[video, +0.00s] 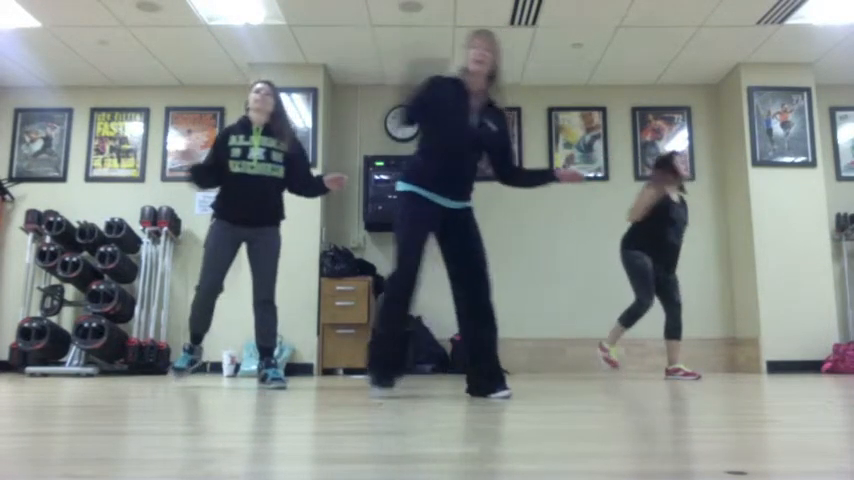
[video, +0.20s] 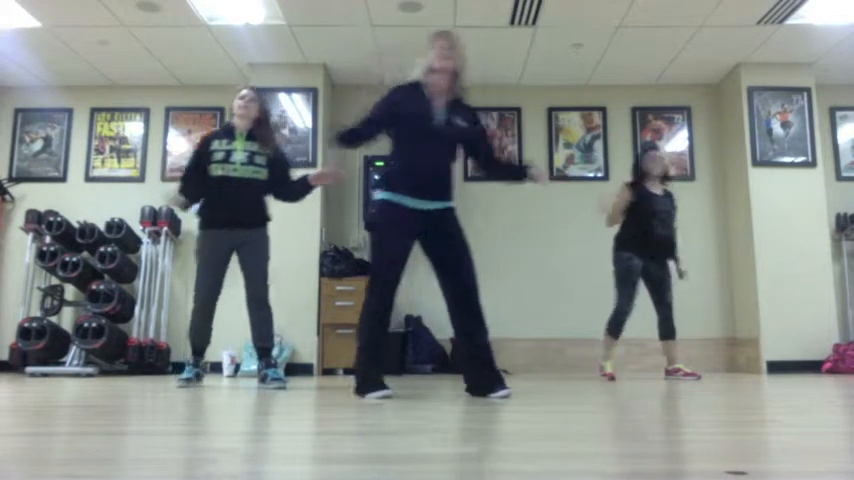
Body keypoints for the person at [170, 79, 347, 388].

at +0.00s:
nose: (261, 96)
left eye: (268, 93)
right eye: (256, 91)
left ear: (276, 105)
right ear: (247, 100)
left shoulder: (287, 141)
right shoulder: (230, 135)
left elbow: (298, 184)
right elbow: (210, 178)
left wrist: (323, 184)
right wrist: (193, 165)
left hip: (265, 227)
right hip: (227, 223)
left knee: (265, 297)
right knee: (207, 287)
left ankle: (267, 363)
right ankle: (193, 349)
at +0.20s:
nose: (241, 102)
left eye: (249, 100)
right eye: (239, 98)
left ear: (260, 111)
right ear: (232, 106)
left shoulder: (268, 149)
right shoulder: (211, 142)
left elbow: (284, 192)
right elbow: (192, 188)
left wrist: (311, 181)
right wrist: (185, 193)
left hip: (253, 231)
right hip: (215, 231)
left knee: (258, 296)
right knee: (205, 296)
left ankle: (266, 365)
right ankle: (195, 363)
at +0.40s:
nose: (226, 105)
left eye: (232, 103)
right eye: (221, 101)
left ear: (240, 116)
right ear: (212, 111)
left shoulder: (249, 151)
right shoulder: (192, 145)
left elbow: (266, 193)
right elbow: (172, 191)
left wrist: (291, 188)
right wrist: (177, 179)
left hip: (239, 230)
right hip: (201, 231)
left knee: (256, 288)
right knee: (196, 297)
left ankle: (268, 358)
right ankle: (194, 364)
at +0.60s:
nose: (215, 104)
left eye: (222, 102)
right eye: (212, 101)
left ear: (231, 114)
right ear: (203, 110)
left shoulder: (242, 149)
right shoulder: (186, 146)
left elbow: (258, 190)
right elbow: (168, 191)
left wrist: (285, 189)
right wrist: (156, 186)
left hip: (234, 232)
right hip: (196, 232)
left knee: (245, 293)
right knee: (194, 299)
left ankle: (255, 360)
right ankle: (194, 363)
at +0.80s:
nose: (213, 107)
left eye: (220, 104)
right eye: (209, 103)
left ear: (229, 115)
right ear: (201, 111)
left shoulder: (240, 148)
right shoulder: (185, 148)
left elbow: (262, 185)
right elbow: (156, 183)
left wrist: (279, 178)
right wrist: (139, 168)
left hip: (234, 231)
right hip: (195, 233)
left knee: (246, 293)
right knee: (193, 299)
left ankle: (259, 361)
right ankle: (193, 364)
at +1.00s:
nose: (220, 107)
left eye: (226, 104)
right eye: (216, 103)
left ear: (235, 114)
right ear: (207, 111)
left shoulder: (247, 148)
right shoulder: (187, 144)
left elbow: (284, 152)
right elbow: (147, 128)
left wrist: (284, 125)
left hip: (240, 228)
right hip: (204, 229)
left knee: (249, 291)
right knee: (198, 298)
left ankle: (260, 358)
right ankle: (195, 363)